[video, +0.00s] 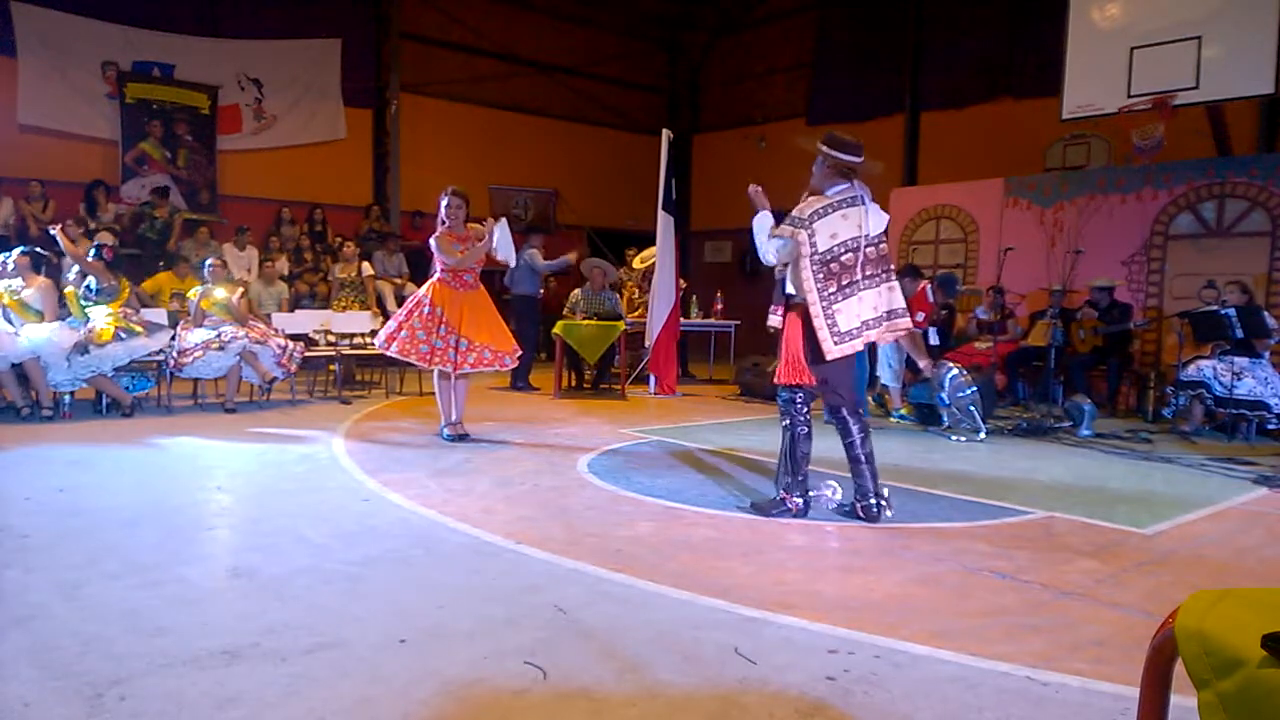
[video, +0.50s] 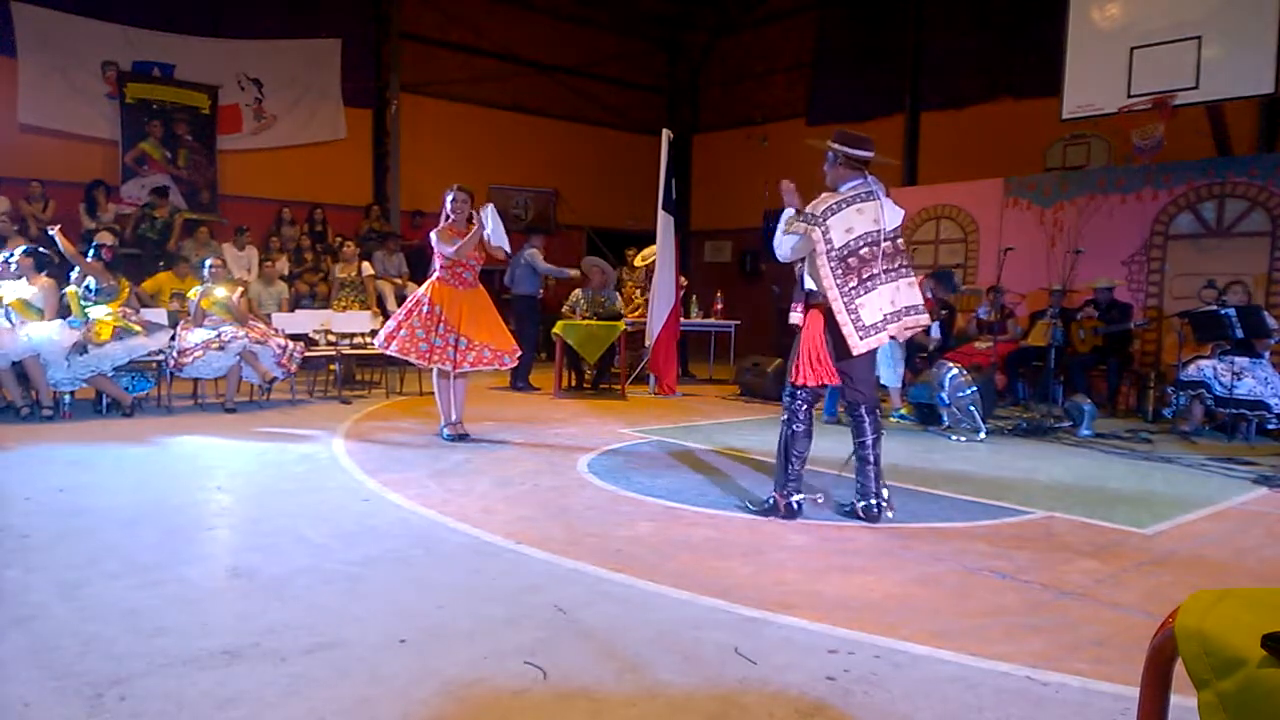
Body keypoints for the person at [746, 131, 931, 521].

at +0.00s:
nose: (813, 168)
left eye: (818, 163)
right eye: (817, 162)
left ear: (830, 168)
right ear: (853, 172)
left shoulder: (809, 211)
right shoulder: (867, 209)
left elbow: (772, 255)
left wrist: (761, 212)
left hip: (805, 318)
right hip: (847, 319)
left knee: (794, 403)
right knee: (846, 406)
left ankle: (793, 495)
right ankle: (869, 499)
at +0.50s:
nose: (823, 167)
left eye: (827, 161)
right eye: (826, 161)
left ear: (839, 165)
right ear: (861, 167)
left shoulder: (825, 208)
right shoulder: (885, 209)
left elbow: (785, 248)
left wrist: (790, 208)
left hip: (821, 317)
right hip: (864, 319)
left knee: (799, 400)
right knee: (863, 404)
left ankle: (787, 494)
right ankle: (871, 498)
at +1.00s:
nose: (786, 165)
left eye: (791, 160)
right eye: (790, 160)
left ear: (800, 166)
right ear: (825, 169)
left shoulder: (779, 210)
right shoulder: (848, 208)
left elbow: (734, 239)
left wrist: (744, 209)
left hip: (788, 320)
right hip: (828, 317)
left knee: (784, 405)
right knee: (823, 395)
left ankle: (782, 497)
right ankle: (852, 474)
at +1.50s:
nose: (765, 165)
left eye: (769, 161)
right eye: (770, 160)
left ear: (776, 167)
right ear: (806, 169)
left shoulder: (756, 209)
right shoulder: (826, 209)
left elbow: (721, 237)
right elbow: (837, 269)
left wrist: (741, 198)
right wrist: (835, 320)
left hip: (768, 320)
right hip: (809, 316)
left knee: (775, 404)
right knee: (798, 400)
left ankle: (782, 496)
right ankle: (793, 486)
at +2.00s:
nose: (759, 168)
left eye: (762, 163)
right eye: (764, 163)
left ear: (769, 167)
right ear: (800, 168)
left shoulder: (750, 210)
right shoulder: (823, 207)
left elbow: (717, 224)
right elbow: (833, 269)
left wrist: (732, 193)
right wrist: (829, 319)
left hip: (764, 320)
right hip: (805, 315)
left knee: (774, 404)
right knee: (798, 399)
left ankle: (784, 494)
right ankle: (794, 483)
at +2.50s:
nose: (760, 170)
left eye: (762, 164)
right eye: (764, 164)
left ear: (770, 166)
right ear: (801, 167)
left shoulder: (754, 211)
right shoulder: (824, 208)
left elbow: (718, 237)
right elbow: (832, 268)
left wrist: (730, 199)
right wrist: (831, 317)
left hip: (767, 319)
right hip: (808, 314)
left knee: (775, 402)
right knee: (799, 398)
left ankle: (782, 496)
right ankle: (795, 485)